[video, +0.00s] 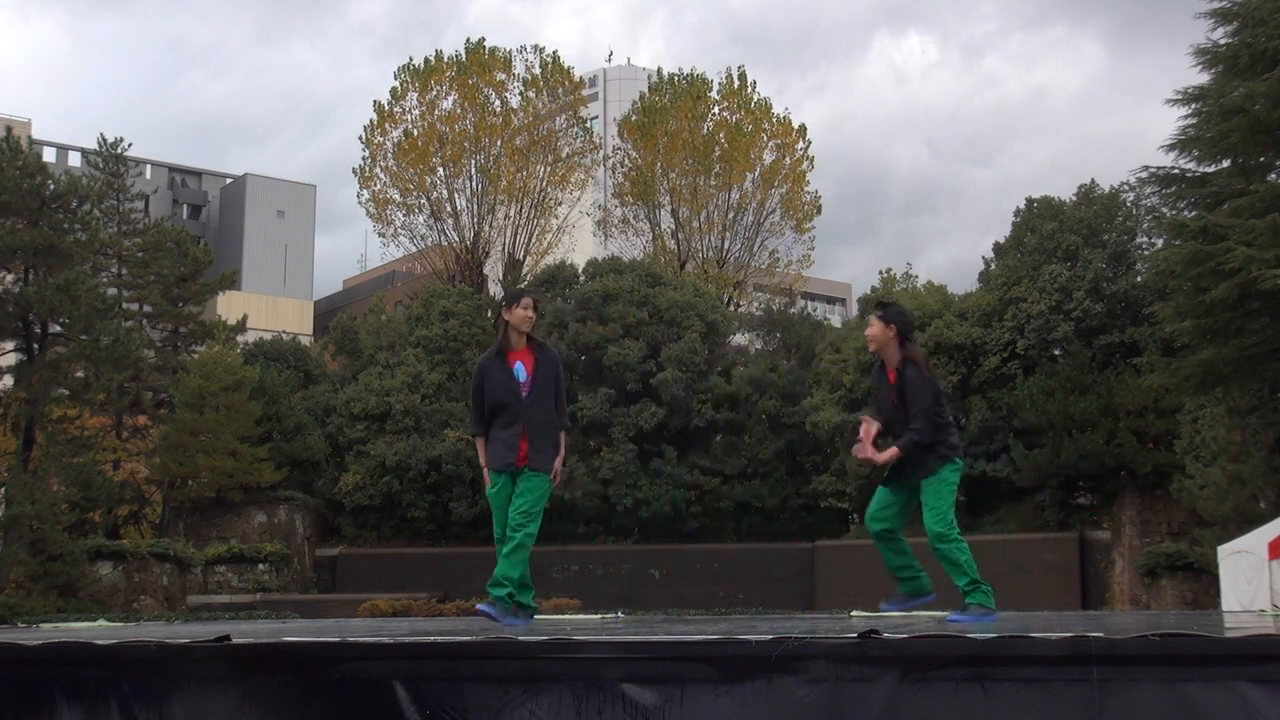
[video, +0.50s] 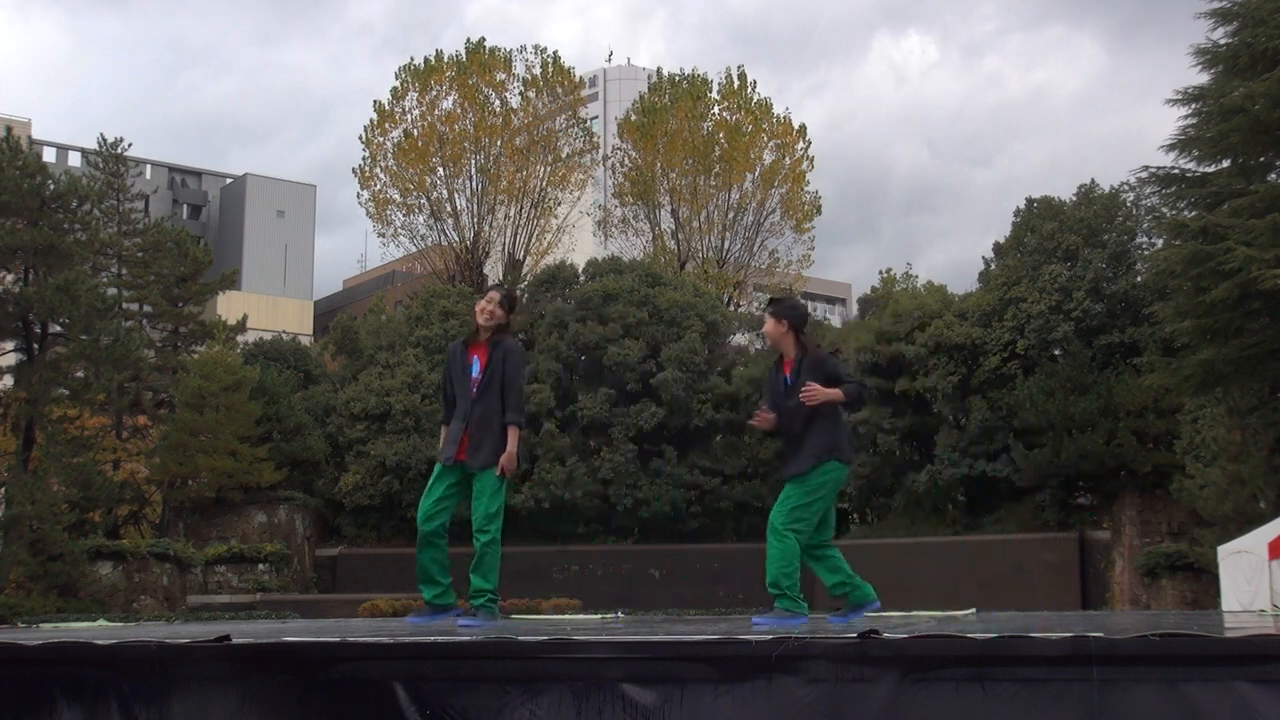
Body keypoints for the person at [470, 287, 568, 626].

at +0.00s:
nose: (529, 314)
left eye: (532, 310)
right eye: (523, 308)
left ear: (535, 317)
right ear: (506, 313)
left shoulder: (548, 358)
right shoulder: (488, 363)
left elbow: (560, 411)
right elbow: (479, 419)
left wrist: (560, 454)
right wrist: (485, 467)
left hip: (539, 459)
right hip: (499, 459)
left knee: (521, 527)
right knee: (504, 531)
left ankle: (500, 596)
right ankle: (523, 604)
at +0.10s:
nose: (523, 313)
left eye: (526, 309)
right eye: (517, 307)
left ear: (529, 317)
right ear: (499, 312)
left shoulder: (542, 359)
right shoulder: (482, 362)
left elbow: (552, 410)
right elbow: (472, 417)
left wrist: (549, 454)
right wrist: (475, 465)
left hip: (526, 458)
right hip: (487, 458)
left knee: (503, 528)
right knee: (499, 531)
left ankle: (484, 605)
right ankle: (522, 604)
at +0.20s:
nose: (519, 310)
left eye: (523, 307)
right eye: (513, 304)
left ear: (525, 316)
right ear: (495, 308)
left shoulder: (533, 358)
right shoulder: (476, 357)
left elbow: (541, 409)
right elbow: (467, 407)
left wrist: (537, 455)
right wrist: (467, 447)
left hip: (512, 455)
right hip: (477, 454)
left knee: (491, 524)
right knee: (480, 525)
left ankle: (484, 605)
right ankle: (517, 597)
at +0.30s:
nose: (513, 308)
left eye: (518, 306)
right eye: (508, 301)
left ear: (519, 317)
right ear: (491, 305)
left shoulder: (523, 355)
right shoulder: (468, 355)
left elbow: (529, 407)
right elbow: (462, 405)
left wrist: (528, 453)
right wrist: (465, 438)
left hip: (503, 457)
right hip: (468, 455)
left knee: (489, 528)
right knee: (453, 522)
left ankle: (485, 608)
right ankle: (502, 587)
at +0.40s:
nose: (504, 308)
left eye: (510, 306)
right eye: (500, 301)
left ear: (512, 316)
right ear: (484, 305)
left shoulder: (517, 353)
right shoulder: (461, 354)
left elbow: (521, 406)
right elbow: (457, 405)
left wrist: (518, 451)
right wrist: (455, 441)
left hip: (496, 455)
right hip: (462, 452)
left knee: (487, 530)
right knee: (437, 518)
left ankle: (486, 605)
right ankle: (468, 594)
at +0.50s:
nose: (487, 308)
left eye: (495, 306)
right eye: (485, 301)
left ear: (505, 317)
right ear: (476, 305)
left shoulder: (510, 350)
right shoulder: (457, 350)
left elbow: (514, 400)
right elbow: (449, 401)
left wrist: (512, 447)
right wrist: (445, 441)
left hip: (491, 452)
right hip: (455, 449)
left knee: (484, 529)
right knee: (428, 519)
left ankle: (485, 606)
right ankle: (439, 602)